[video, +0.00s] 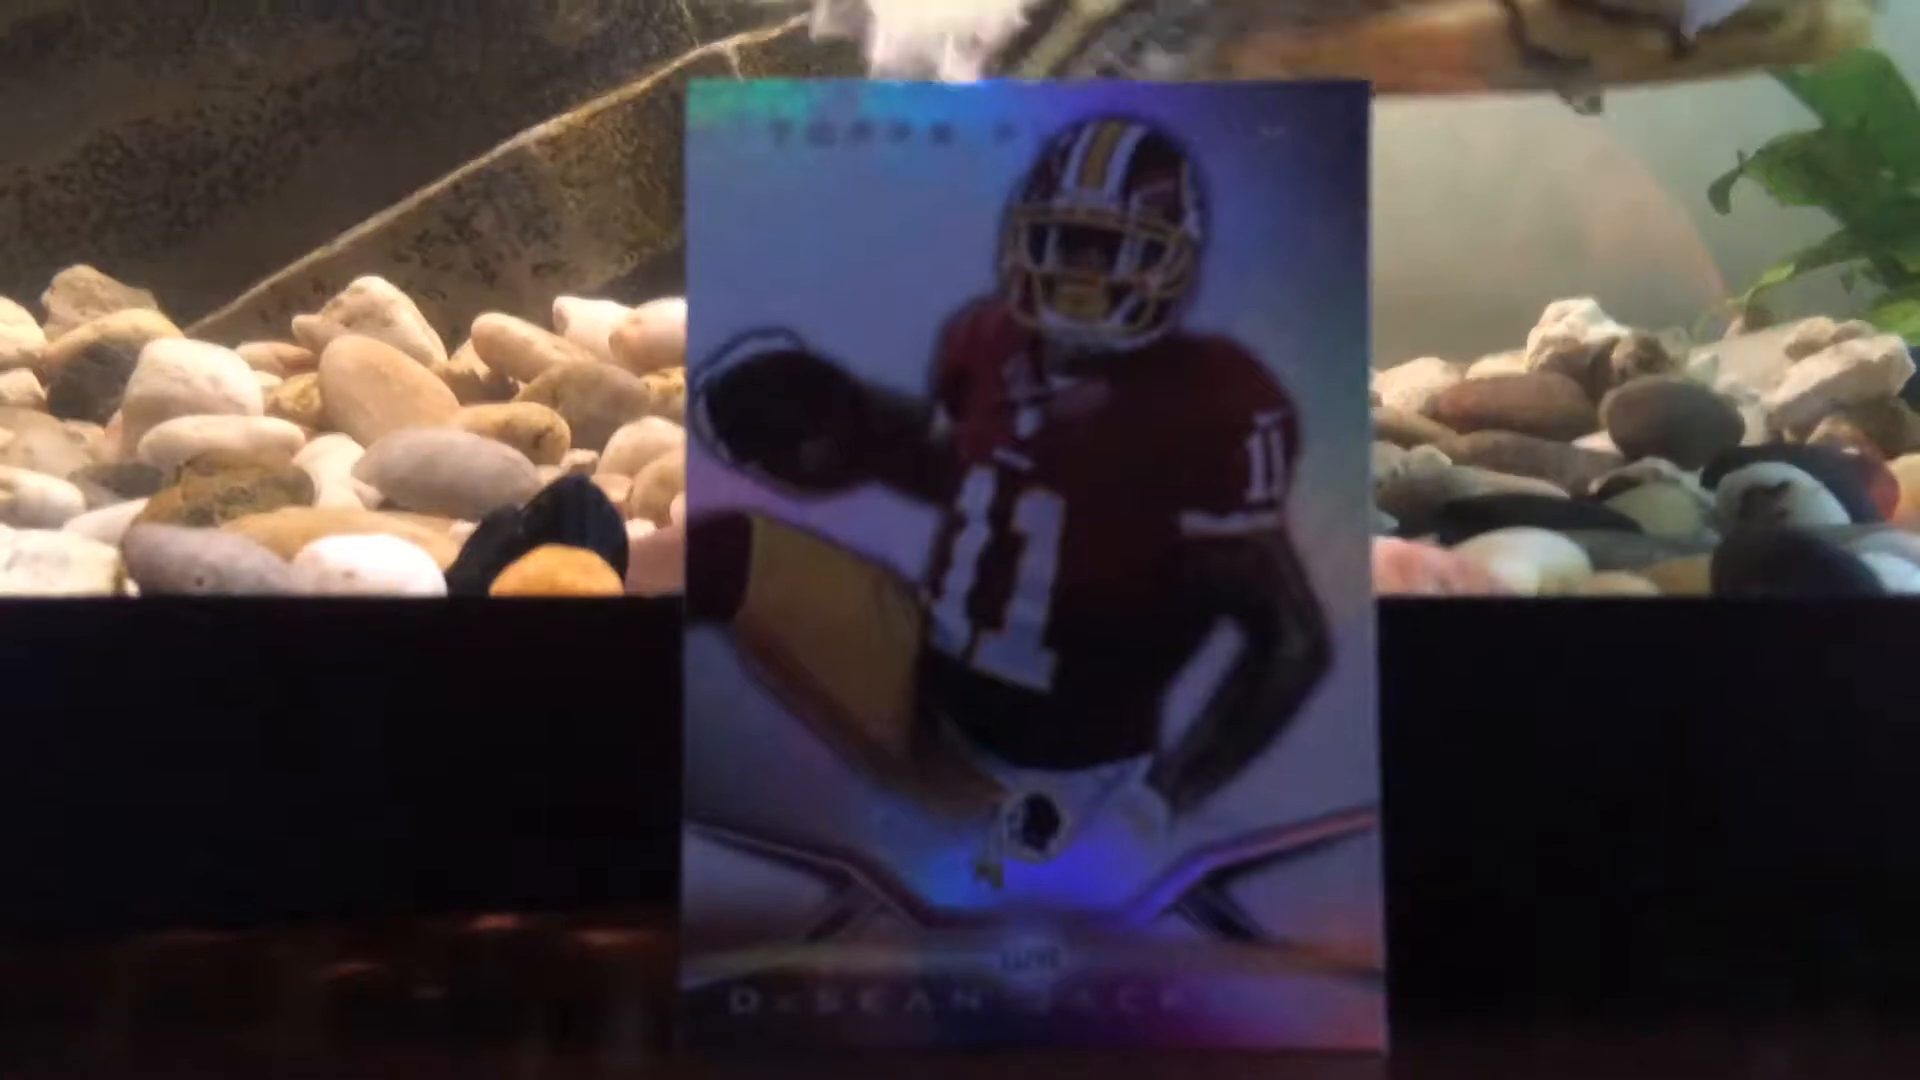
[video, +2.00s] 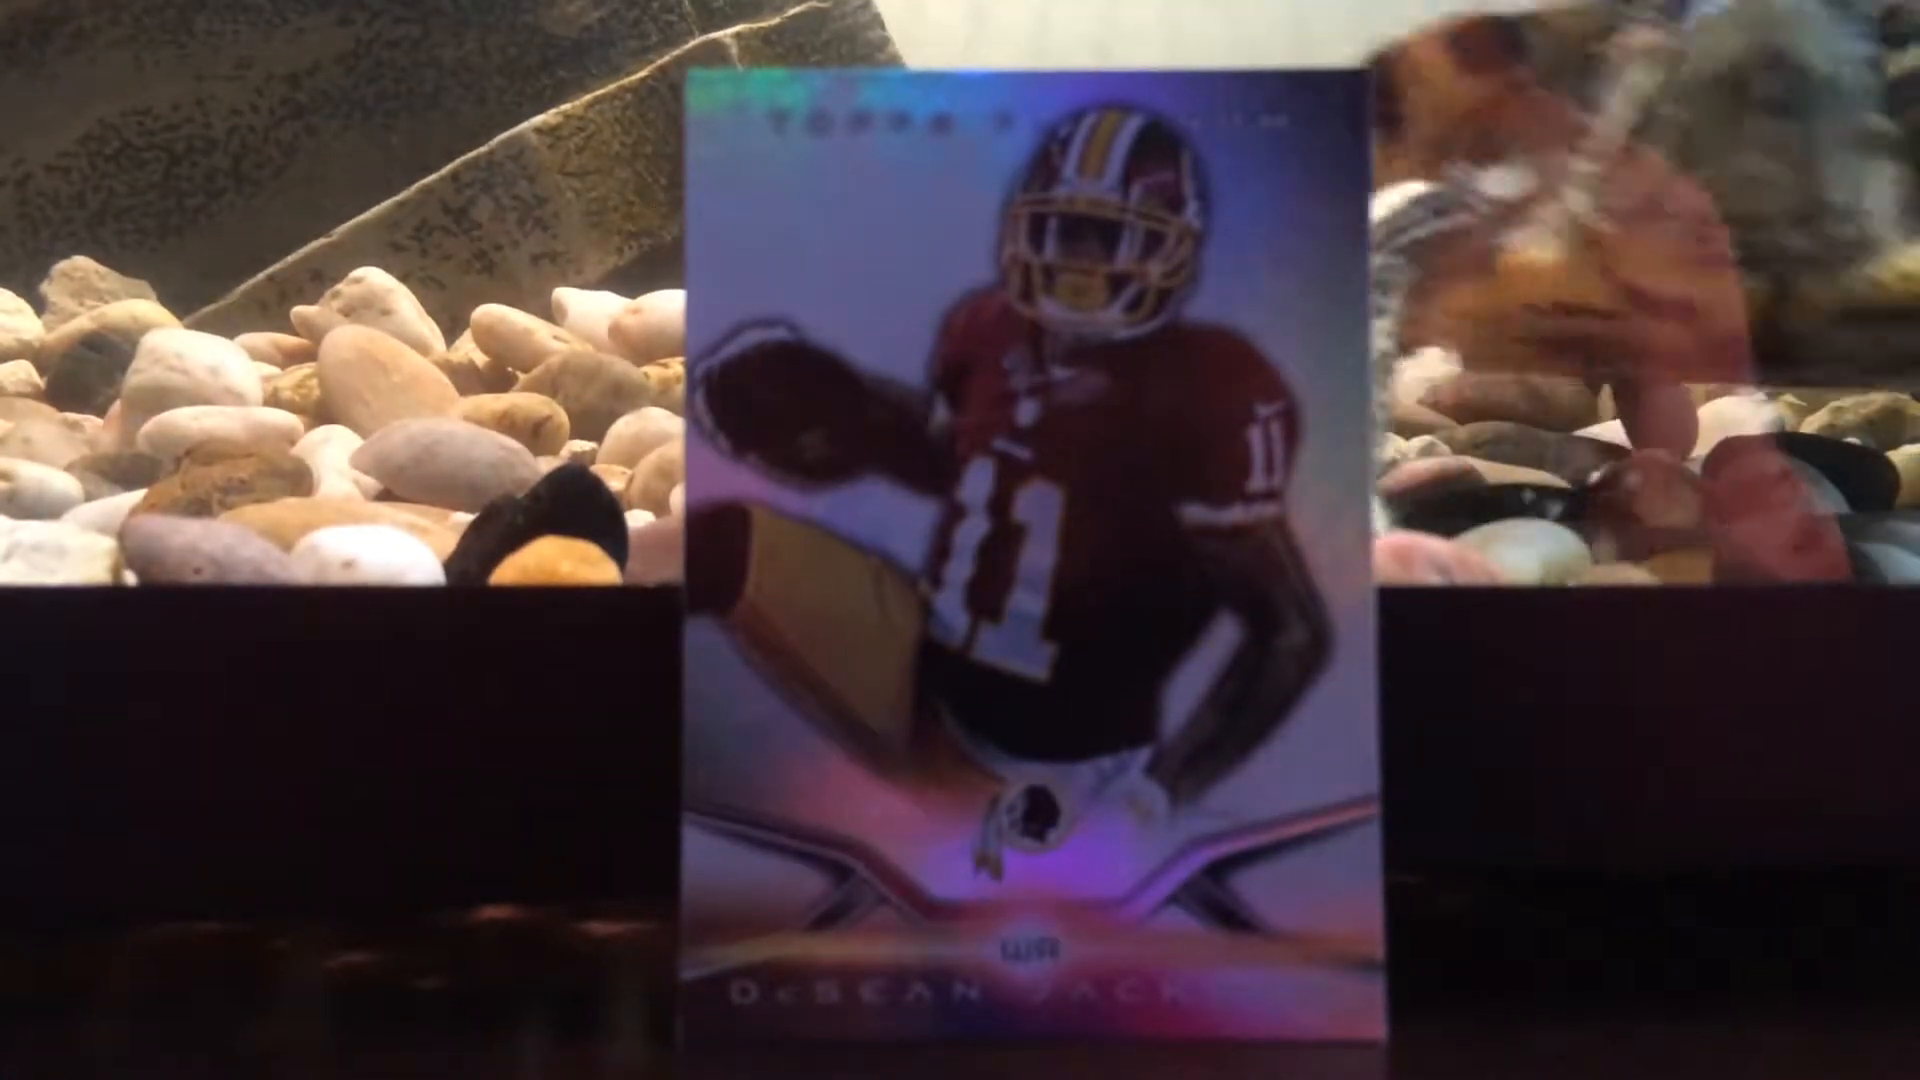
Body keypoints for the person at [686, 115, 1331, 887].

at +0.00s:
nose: (1083, 277)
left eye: (1118, 252)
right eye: (1064, 244)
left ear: (1176, 264)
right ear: (1023, 244)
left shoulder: (1217, 405)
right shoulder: (982, 344)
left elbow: (1292, 644)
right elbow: (964, 472)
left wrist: (1159, 802)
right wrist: (857, 429)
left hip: (1077, 772)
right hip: (930, 693)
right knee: (720, 552)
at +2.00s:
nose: (1080, 265)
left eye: (1115, 239)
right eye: (1062, 231)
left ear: (1176, 252)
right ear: (1022, 234)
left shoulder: (1214, 393)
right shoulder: (981, 332)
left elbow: (1293, 635)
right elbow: (954, 465)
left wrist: (1157, 795)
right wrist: (848, 418)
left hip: (1081, 756)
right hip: (932, 682)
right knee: (719, 545)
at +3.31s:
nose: (1081, 259)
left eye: (1116, 234)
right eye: (1062, 226)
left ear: (1175, 248)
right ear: (1021, 228)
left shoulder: (1215, 388)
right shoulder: (980, 328)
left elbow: (1291, 631)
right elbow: (961, 459)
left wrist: (1153, 792)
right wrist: (857, 415)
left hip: (1073, 763)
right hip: (926, 680)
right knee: (720, 537)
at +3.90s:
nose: (1095, 259)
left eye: (1125, 230)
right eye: (1072, 227)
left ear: (1176, 241)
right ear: (1026, 227)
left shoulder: (1212, 388)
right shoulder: (981, 328)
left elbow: (1291, 630)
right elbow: (954, 455)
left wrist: (1158, 786)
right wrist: (845, 406)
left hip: (1075, 767)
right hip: (924, 682)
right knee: (721, 537)